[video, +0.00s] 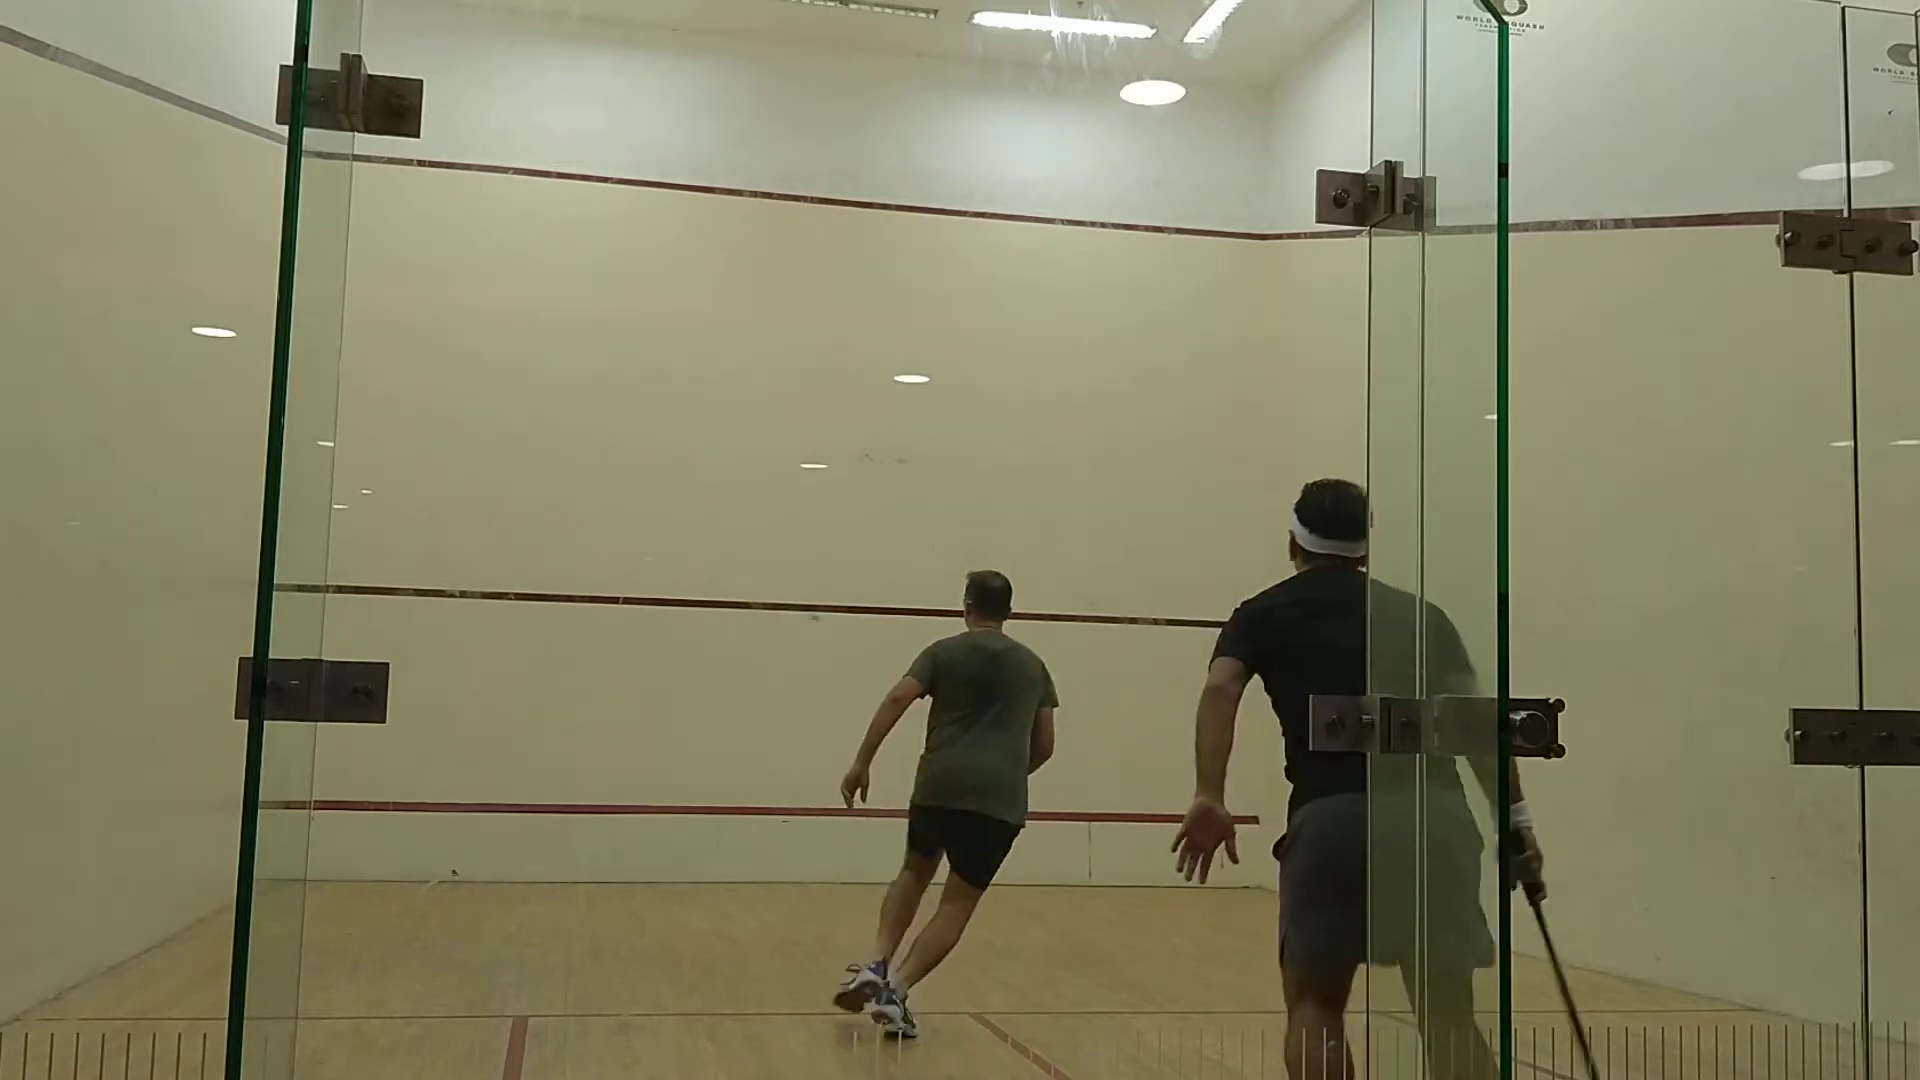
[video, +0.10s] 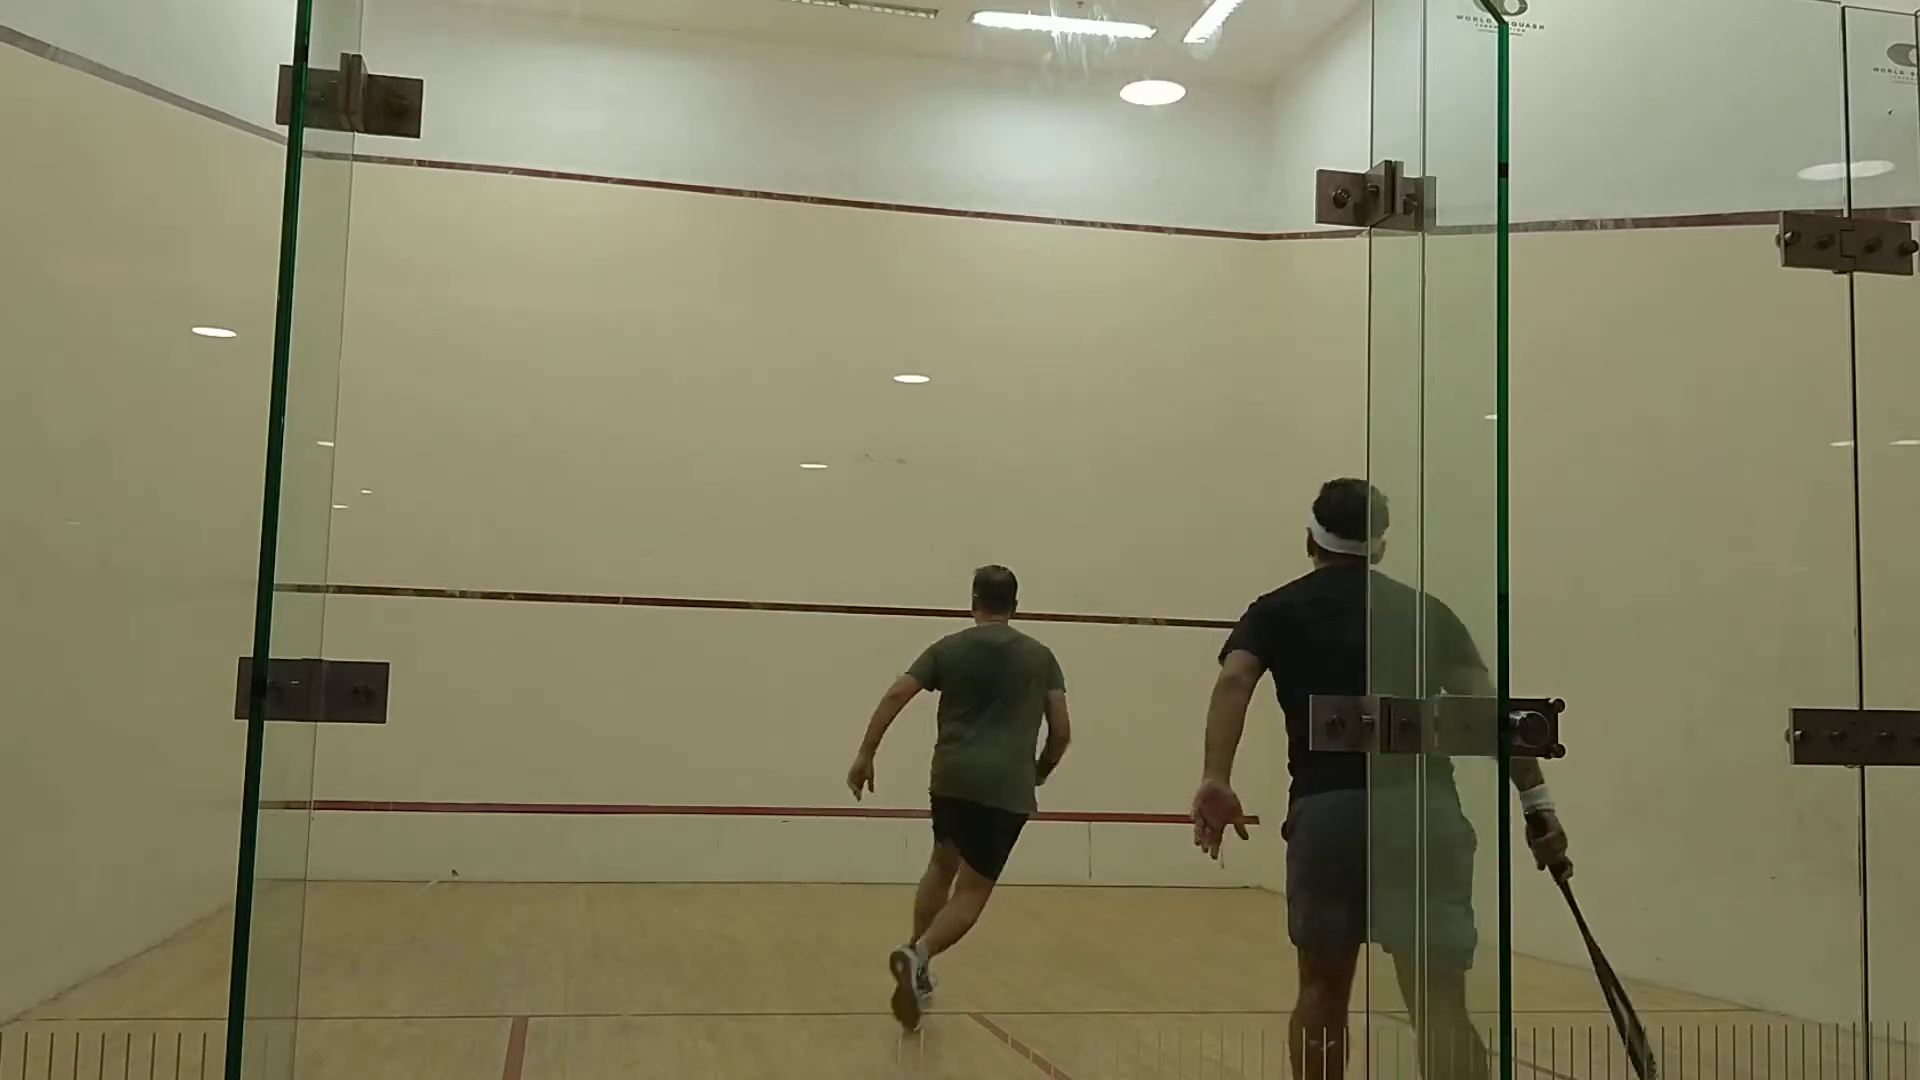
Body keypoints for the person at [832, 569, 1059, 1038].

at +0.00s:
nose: (964, 612)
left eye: (964, 606)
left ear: (966, 608)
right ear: (1008, 611)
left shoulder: (943, 652)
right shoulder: (1034, 666)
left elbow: (898, 699)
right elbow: (1043, 747)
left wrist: (861, 762)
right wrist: (1008, 772)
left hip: (936, 793)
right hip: (999, 804)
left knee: (915, 872)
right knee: (957, 905)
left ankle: (876, 966)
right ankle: (895, 993)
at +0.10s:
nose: (978, 608)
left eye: (975, 601)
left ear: (974, 603)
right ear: (1015, 605)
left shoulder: (949, 648)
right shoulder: (1039, 655)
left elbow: (896, 695)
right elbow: (1060, 732)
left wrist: (866, 753)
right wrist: (1042, 768)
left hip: (951, 783)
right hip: (1008, 793)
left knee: (942, 865)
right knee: (970, 895)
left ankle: (918, 970)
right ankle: (918, 953)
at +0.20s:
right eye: (1028, 609)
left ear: (990, 608)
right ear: (1030, 611)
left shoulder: (962, 655)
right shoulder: (1044, 658)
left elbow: (911, 708)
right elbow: (1070, 723)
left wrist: (897, 765)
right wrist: (1085, 762)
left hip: (959, 789)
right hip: (1015, 795)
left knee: (952, 870)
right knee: (1011, 886)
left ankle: (922, 974)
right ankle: (950, 940)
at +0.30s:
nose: (1054, 603)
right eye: (1058, 597)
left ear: (1020, 594)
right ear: (1057, 597)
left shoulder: (991, 637)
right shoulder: (1058, 641)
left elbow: (958, 695)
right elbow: (1082, 706)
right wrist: (1124, 737)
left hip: (982, 771)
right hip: (1037, 771)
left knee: (975, 860)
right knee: (1059, 852)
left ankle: (930, 958)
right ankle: (998, 940)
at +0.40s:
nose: (1090, 606)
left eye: (1085, 599)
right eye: (1092, 600)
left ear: (1055, 594)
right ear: (1090, 599)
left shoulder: (1020, 638)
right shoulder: (1076, 640)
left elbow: (1010, 695)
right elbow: (1104, 695)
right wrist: (1164, 704)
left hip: (1010, 765)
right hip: (1060, 764)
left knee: (1008, 856)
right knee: (1096, 835)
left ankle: (975, 957)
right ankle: (1065, 928)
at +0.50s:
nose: (1130, 626)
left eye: (1129, 619)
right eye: (1130, 619)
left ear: (1091, 613)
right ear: (1125, 618)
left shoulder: (1065, 649)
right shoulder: (1103, 655)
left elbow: (1055, 710)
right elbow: (1134, 697)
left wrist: (1102, 735)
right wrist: (1199, 680)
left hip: (1034, 777)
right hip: (1082, 779)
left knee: (1021, 864)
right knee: (1126, 842)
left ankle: (985, 961)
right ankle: (1145, 925)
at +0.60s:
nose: (1170, 649)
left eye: (1170, 643)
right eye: (1171, 643)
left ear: (1134, 637)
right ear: (1165, 642)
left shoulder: (1105, 669)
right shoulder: (1138, 680)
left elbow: (1097, 723)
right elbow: (1179, 716)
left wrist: (1142, 748)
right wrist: (1233, 681)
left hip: (1066, 792)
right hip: (1116, 795)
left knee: (1036, 876)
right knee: (1170, 859)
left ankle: (989, 956)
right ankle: (1206, 938)